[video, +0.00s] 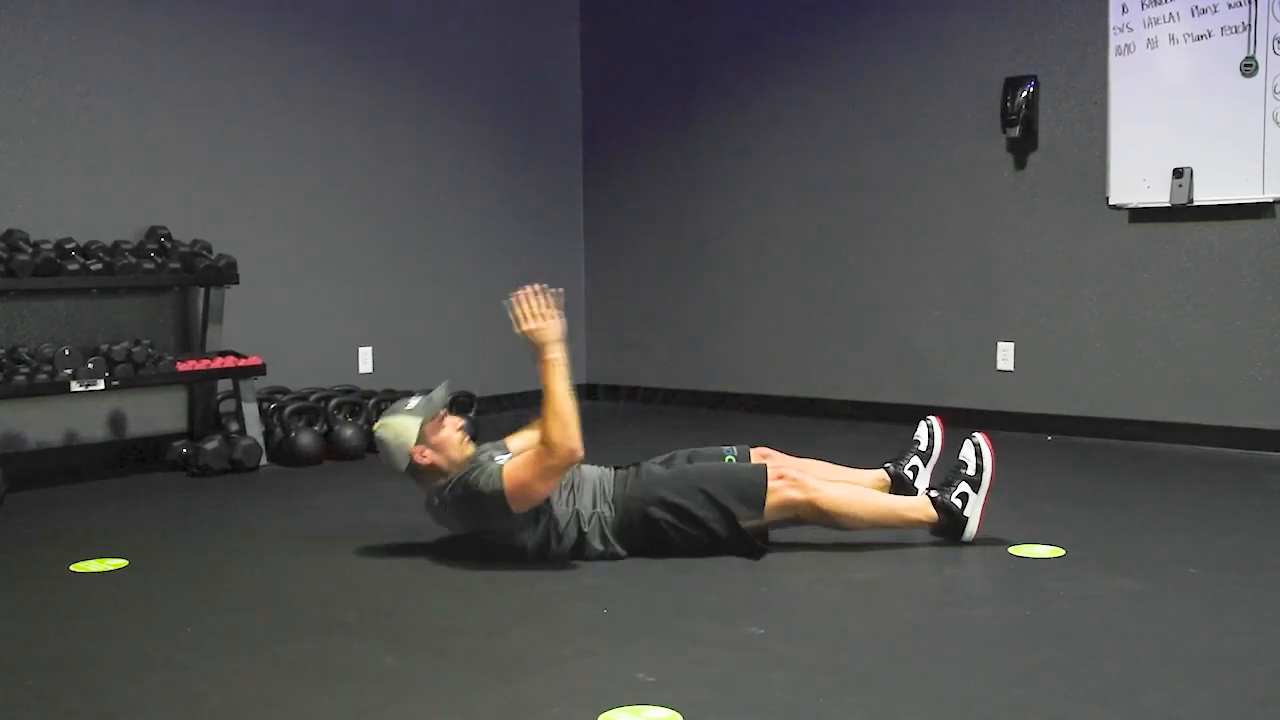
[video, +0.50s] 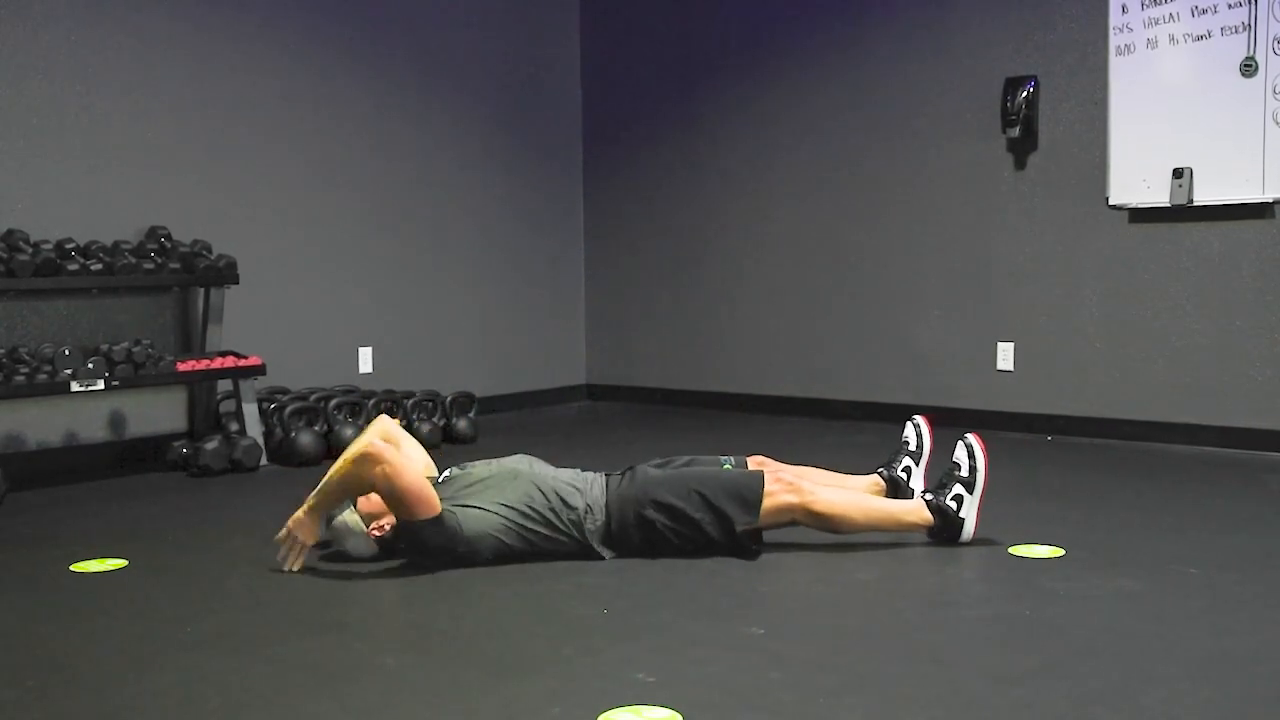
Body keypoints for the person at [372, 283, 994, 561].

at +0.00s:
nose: (455, 423)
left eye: (446, 417)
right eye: (440, 426)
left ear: (439, 437)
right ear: (423, 457)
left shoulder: (470, 461)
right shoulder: (472, 493)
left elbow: (546, 443)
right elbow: (564, 448)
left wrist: (554, 365)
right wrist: (550, 348)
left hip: (624, 485)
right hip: (622, 512)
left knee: (768, 458)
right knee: (789, 487)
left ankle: (896, 482)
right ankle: (940, 513)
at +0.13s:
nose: (413, 447)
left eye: (403, 442)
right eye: (400, 454)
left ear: (414, 451)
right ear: (399, 486)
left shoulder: (453, 483)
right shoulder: (458, 516)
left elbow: (516, 419)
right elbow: (513, 434)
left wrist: (454, 363)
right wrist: (450, 372)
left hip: (629, 485)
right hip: (629, 508)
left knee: (772, 466)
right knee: (788, 493)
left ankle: (899, 485)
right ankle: (940, 516)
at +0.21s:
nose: (404, 461)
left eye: (392, 459)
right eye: (391, 467)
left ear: (403, 469)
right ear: (397, 495)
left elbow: (475, 412)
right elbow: (476, 422)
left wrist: (384, 391)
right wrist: (387, 407)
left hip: (627, 485)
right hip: (627, 513)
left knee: (769, 468)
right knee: (787, 488)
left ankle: (895, 486)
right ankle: (940, 513)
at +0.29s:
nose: (387, 483)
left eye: (377, 480)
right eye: (376, 491)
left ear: (394, 479)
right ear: (389, 511)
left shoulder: (444, 490)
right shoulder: (443, 515)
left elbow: (438, 409)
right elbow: (439, 416)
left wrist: (350, 438)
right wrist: (347, 440)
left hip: (626, 486)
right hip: (626, 513)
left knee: (770, 468)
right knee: (785, 490)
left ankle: (897, 485)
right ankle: (938, 516)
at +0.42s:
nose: (382, 489)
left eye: (377, 483)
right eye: (375, 490)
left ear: (388, 492)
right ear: (382, 512)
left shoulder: (439, 504)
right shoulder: (433, 528)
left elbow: (398, 424)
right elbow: (390, 426)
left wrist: (341, 485)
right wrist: (319, 498)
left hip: (621, 486)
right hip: (621, 514)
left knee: (771, 469)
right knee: (783, 490)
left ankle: (896, 490)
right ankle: (938, 515)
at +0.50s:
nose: (379, 498)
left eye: (372, 495)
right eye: (372, 502)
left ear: (382, 503)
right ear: (381, 521)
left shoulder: (437, 507)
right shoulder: (429, 532)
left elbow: (385, 434)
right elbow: (374, 435)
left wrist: (325, 505)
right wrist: (312, 515)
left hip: (620, 487)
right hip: (618, 512)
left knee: (765, 466)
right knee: (782, 492)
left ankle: (894, 490)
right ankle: (938, 517)